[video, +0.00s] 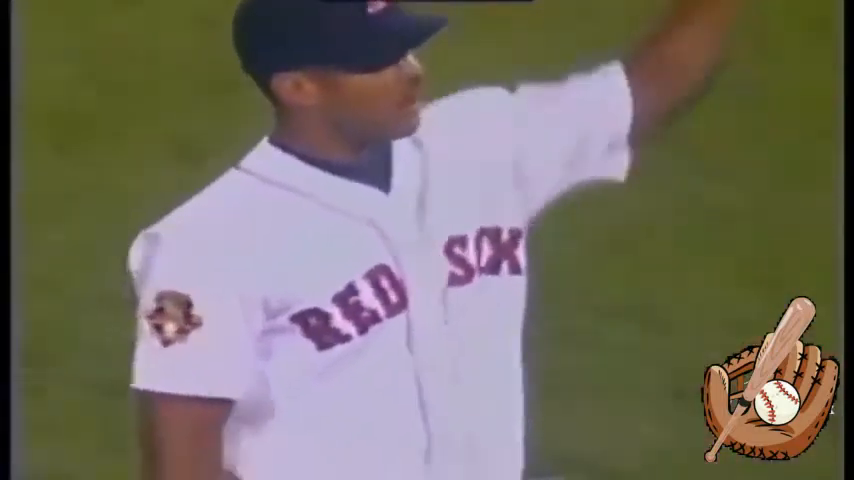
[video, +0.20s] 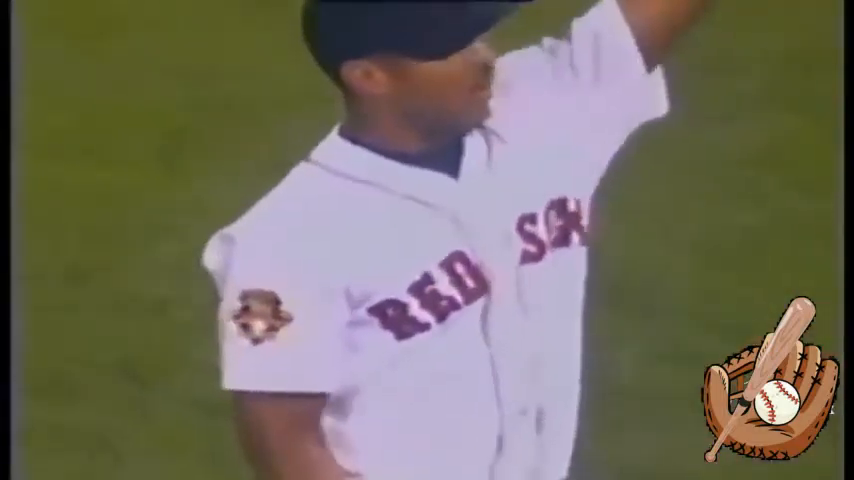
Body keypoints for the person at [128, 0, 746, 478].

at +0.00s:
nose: (414, 68)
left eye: (407, 47)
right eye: (382, 58)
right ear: (298, 88)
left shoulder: (486, 141)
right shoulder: (205, 244)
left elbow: (649, 86)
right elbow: (183, 460)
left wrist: (724, 0)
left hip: (494, 462)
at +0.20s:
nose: (487, 57)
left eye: (478, 35)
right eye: (454, 47)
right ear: (369, 76)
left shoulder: (547, 108)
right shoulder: (284, 242)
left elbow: (669, 6)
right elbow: (284, 446)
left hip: (541, 462)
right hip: (404, 464)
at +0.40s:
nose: (507, 95)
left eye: (508, 69)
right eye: (471, 82)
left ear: (522, 56)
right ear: (395, 93)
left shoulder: (601, 143)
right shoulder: (321, 249)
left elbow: (761, 61)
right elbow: (324, 442)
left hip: (605, 465)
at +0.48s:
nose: (480, 100)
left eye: (494, 74)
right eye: (446, 83)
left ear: (513, 64)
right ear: (379, 83)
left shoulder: (596, 147)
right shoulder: (313, 239)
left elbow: (768, 129)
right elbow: (300, 433)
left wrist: (767, 17)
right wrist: (457, 463)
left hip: (609, 471)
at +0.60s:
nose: (432, 100)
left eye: (450, 74)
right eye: (403, 80)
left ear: (479, 59)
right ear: (354, 77)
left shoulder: (586, 168)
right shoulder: (277, 228)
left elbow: (731, 222)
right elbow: (241, 418)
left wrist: (802, 212)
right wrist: (356, 405)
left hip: (575, 468)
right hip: (396, 473)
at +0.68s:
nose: (404, 103)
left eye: (427, 76)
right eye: (375, 82)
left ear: (466, 61)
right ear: (332, 80)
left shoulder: (585, 189)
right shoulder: (251, 219)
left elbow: (711, 300)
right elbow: (197, 417)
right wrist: (278, 374)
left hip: (544, 469)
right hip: (344, 470)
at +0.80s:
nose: (365, 116)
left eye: (388, 90)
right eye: (336, 94)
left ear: (440, 77)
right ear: (303, 89)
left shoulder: (548, 211)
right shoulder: (223, 220)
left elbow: (664, 376)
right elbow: (157, 428)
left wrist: (692, 468)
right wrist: (159, 338)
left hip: (495, 469)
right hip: (296, 470)